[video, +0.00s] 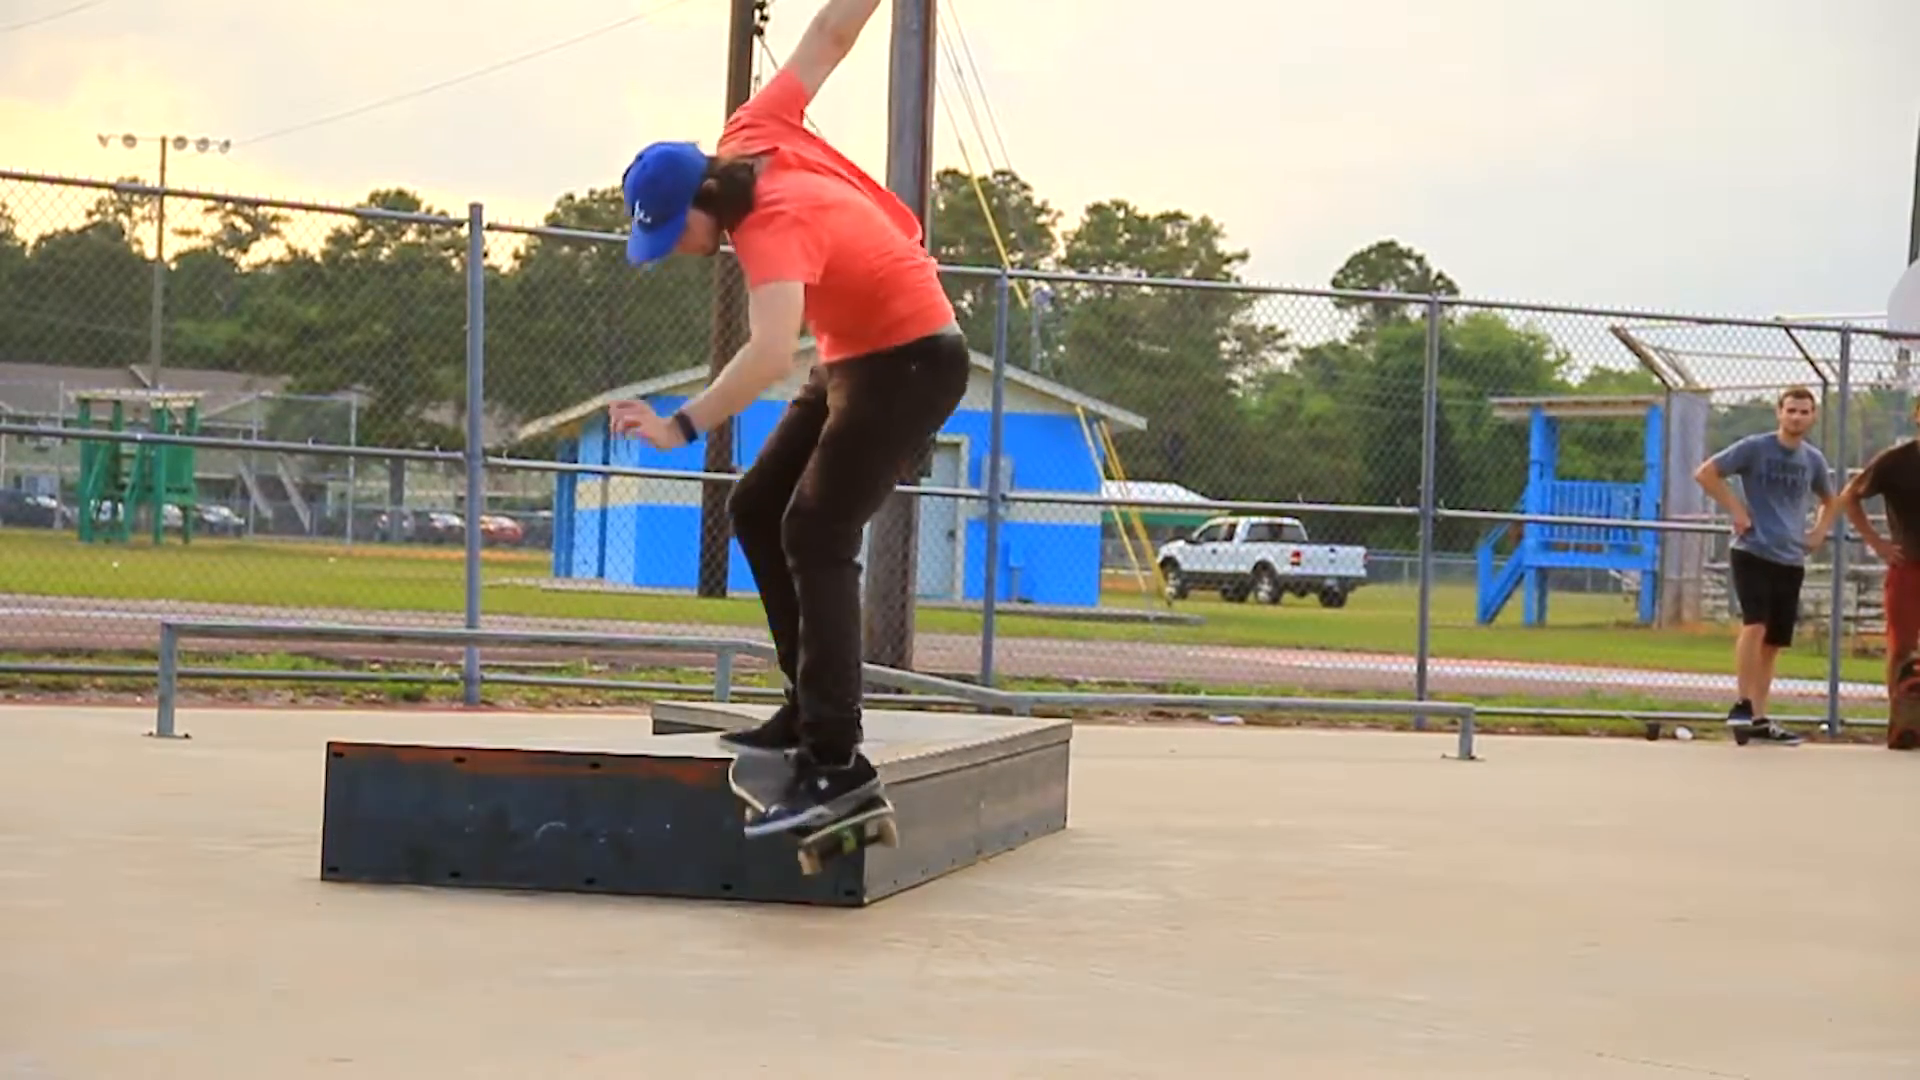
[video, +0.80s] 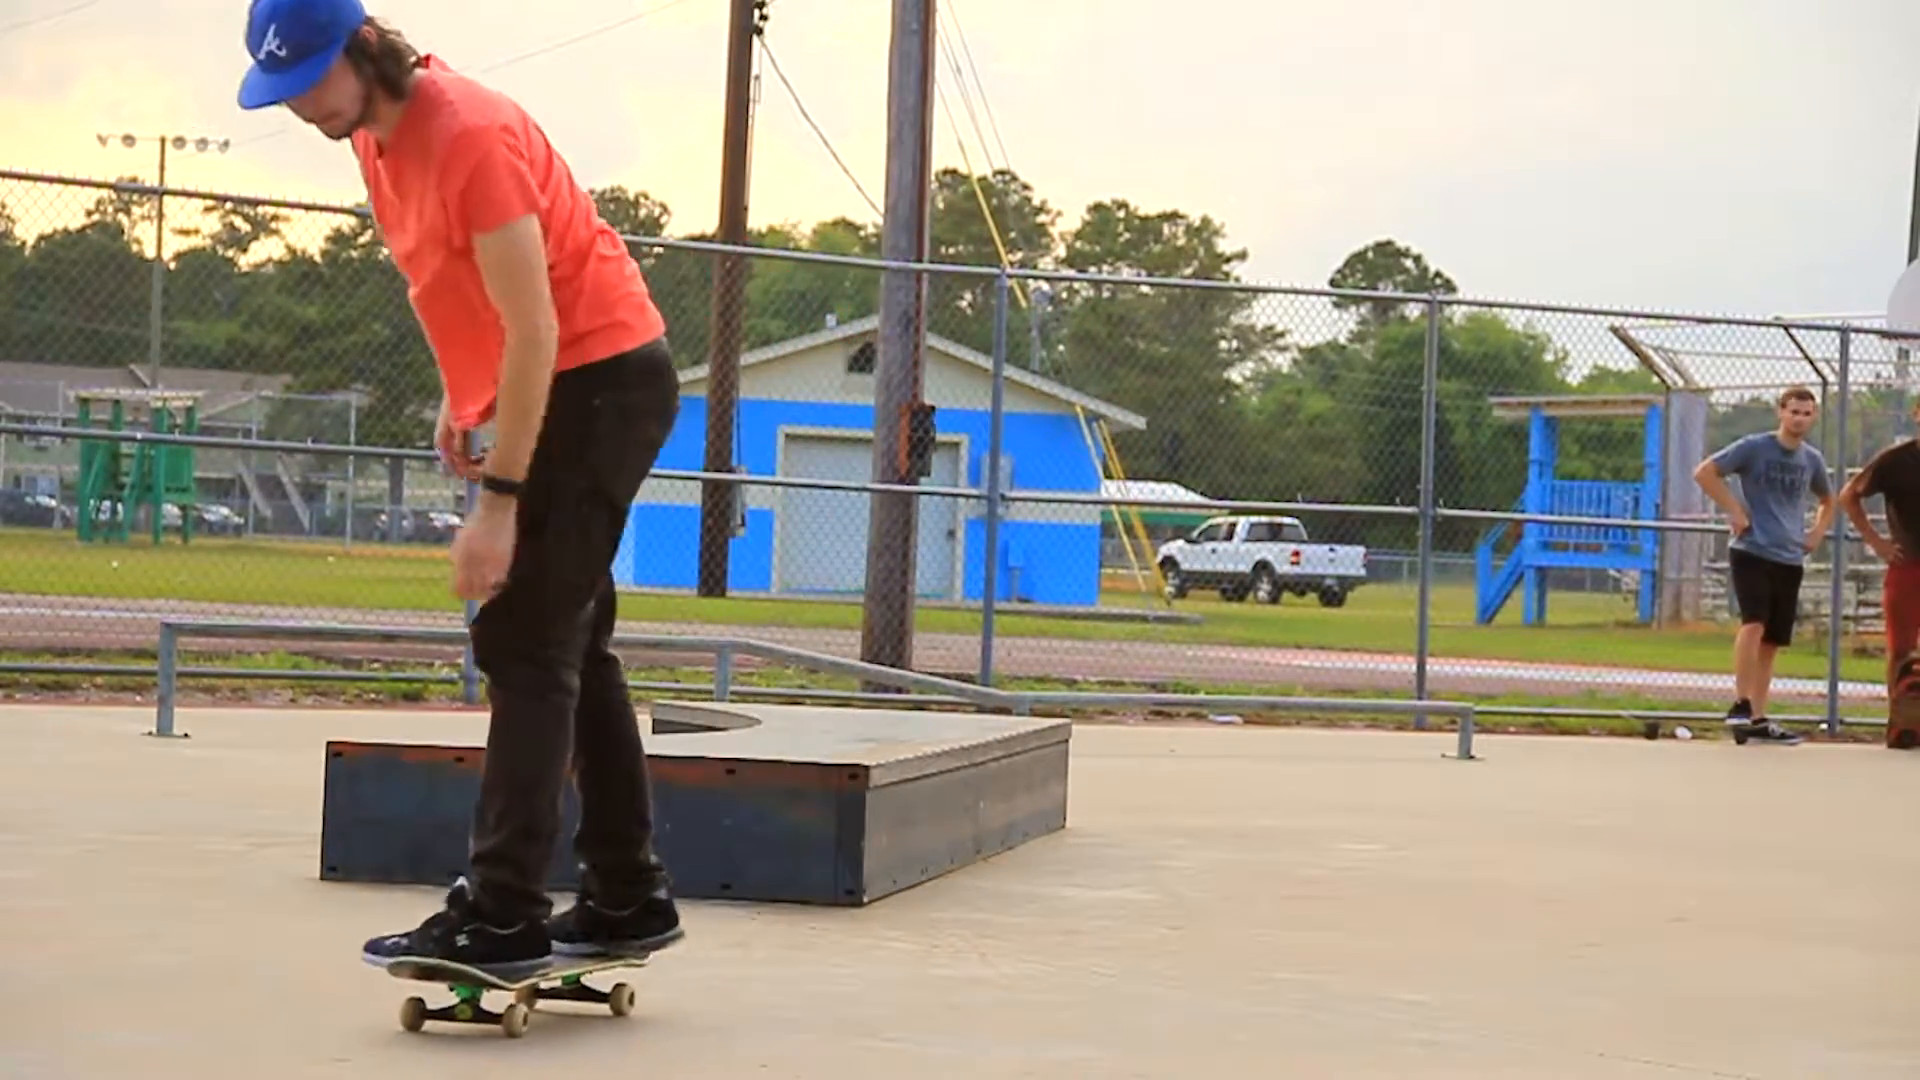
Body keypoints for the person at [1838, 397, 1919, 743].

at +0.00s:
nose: (1919, 416)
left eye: (1918, 410)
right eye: (1919, 411)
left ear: (1915, 417)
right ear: (1915, 417)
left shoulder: (1901, 458)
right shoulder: (1900, 458)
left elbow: (1850, 496)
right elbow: (1850, 496)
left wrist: (1877, 543)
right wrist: (1877, 543)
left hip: (1910, 569)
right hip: (1908, 566)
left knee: (1905, 648)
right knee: (1903, 648)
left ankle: (1905, 726)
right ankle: (1901, 726)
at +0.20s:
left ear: (1914, 416)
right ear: (1915, 416)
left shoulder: (1900, 458)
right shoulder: (1900, 459)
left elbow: (1850, 497)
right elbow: (1849, 496)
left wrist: (1878, 544)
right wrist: (1878, 544)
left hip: (1909, 568)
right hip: (1907, 567)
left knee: (1905, 650)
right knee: (1903, 649)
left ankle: (1905, 726)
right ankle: (1902, 726)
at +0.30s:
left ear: (1914, 417)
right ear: (1915, 417)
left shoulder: (1901, 458)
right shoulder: (1901, 459)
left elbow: (1850, 496)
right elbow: (1849, 496)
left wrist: (1875, 541)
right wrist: (1876, 542)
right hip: (1907, 567)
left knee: (1906, 654)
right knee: (1904, 653)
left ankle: (1905, 733)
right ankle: (1903, 733)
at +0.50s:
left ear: (1914, 417)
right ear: (1915, 417)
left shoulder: (1900, 458)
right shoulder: (1900, 458)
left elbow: (1850, 496)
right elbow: (1849, 495)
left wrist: (1877, 543)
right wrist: (1877, 543)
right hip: (1907, 569)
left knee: (1905, 657)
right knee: (1903, 656)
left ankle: (1906, 739)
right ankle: (1903, 741)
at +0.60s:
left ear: (1914, 416)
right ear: (1915, 416)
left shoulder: (1901, 457)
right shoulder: (1900, 458)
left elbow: (1850, 496)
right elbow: (1849, 495)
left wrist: (1877, 544)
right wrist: (1877, 543)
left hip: (1909, 568)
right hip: (1906, 567)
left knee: (1904, 650)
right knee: (1903, 648)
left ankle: (1905, 726)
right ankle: (1902, 726)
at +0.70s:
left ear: (1913, 415)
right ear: (1915, 415)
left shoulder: (1901, 457)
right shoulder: (1901, 458)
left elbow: (1849, 495)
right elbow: (1849, 495)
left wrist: (1875, 542)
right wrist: (1876, 542)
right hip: (1907, 567)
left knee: (1905, 653)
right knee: (1903, 652)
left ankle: (1904, 732)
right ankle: (1902, 732)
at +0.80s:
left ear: (1914, 415)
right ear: (1915, 415)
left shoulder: (1901, 457)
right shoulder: (1900, 458)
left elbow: (1849, 495)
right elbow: (1849, 495)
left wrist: (1875, 541)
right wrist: (1876, 542)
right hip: (1907, 567)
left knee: (1905, 654)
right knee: (1903, 653)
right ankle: (1901, 732)